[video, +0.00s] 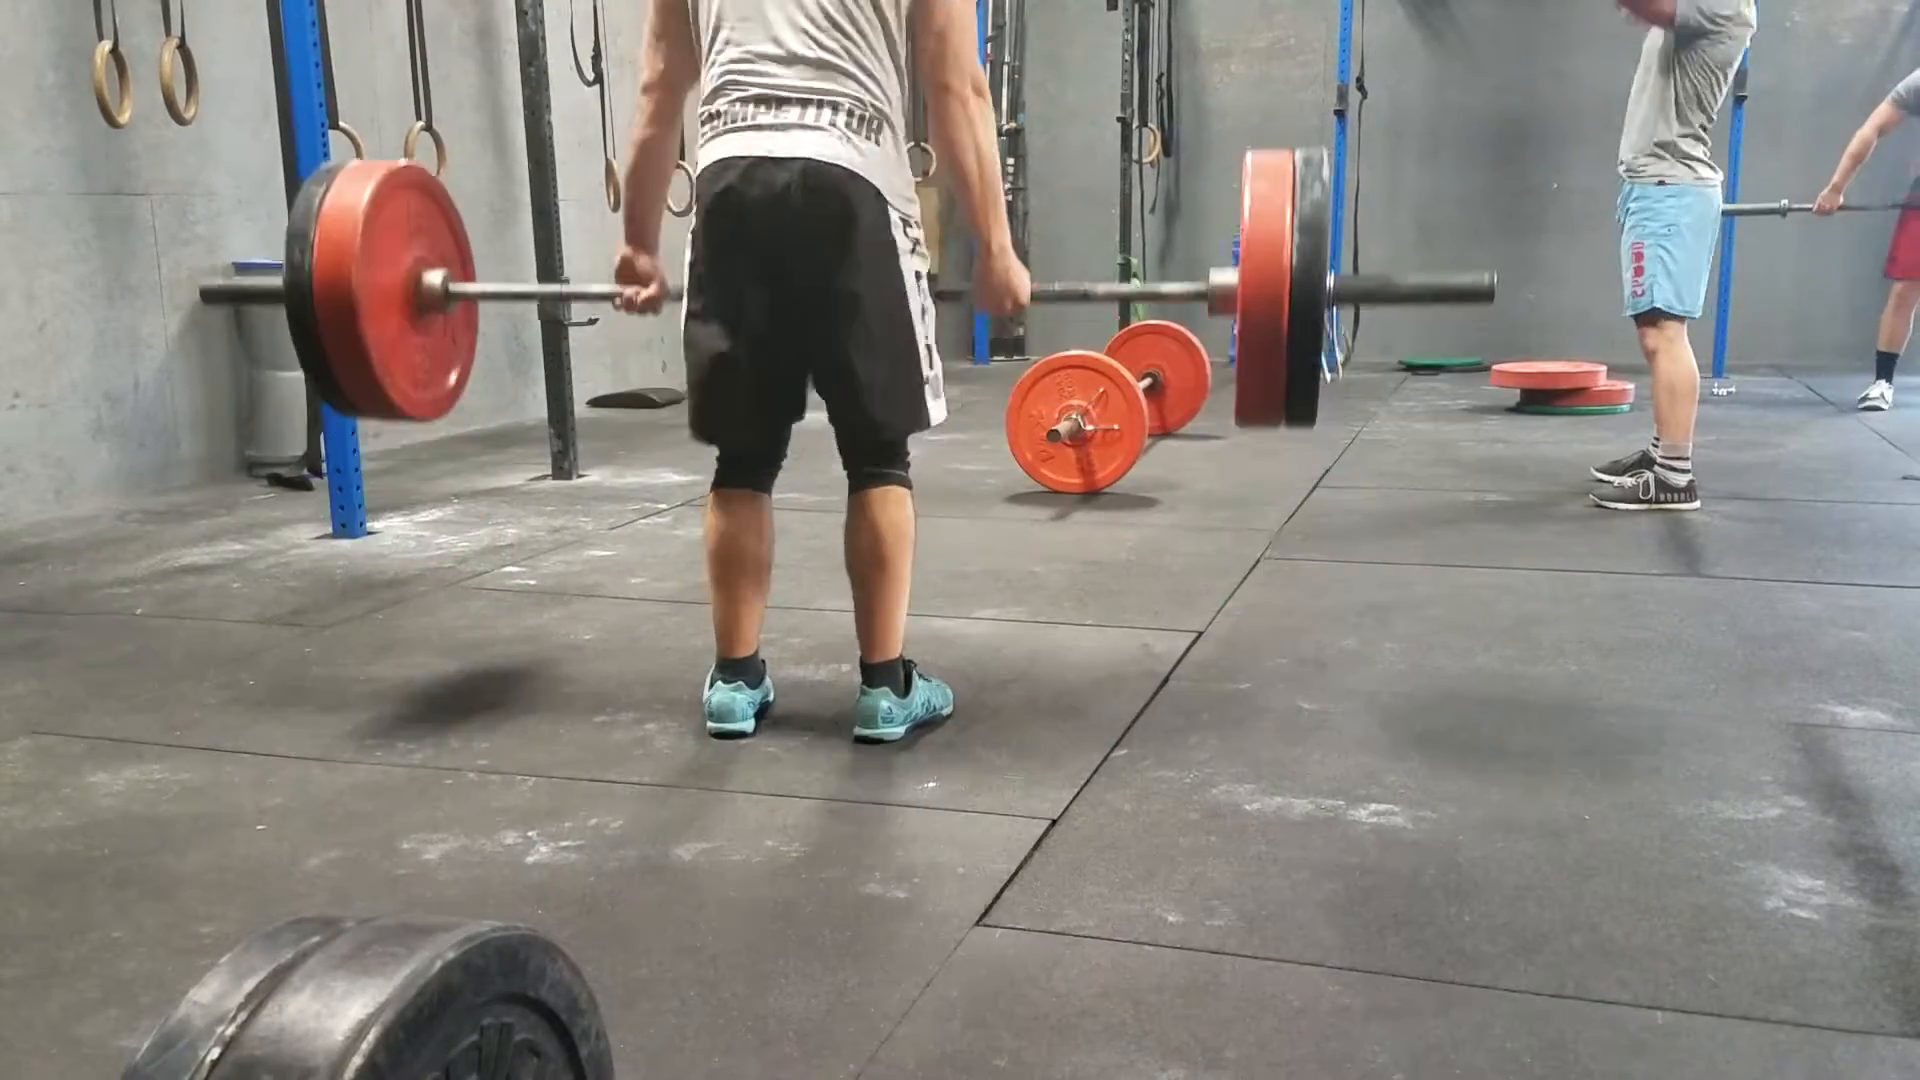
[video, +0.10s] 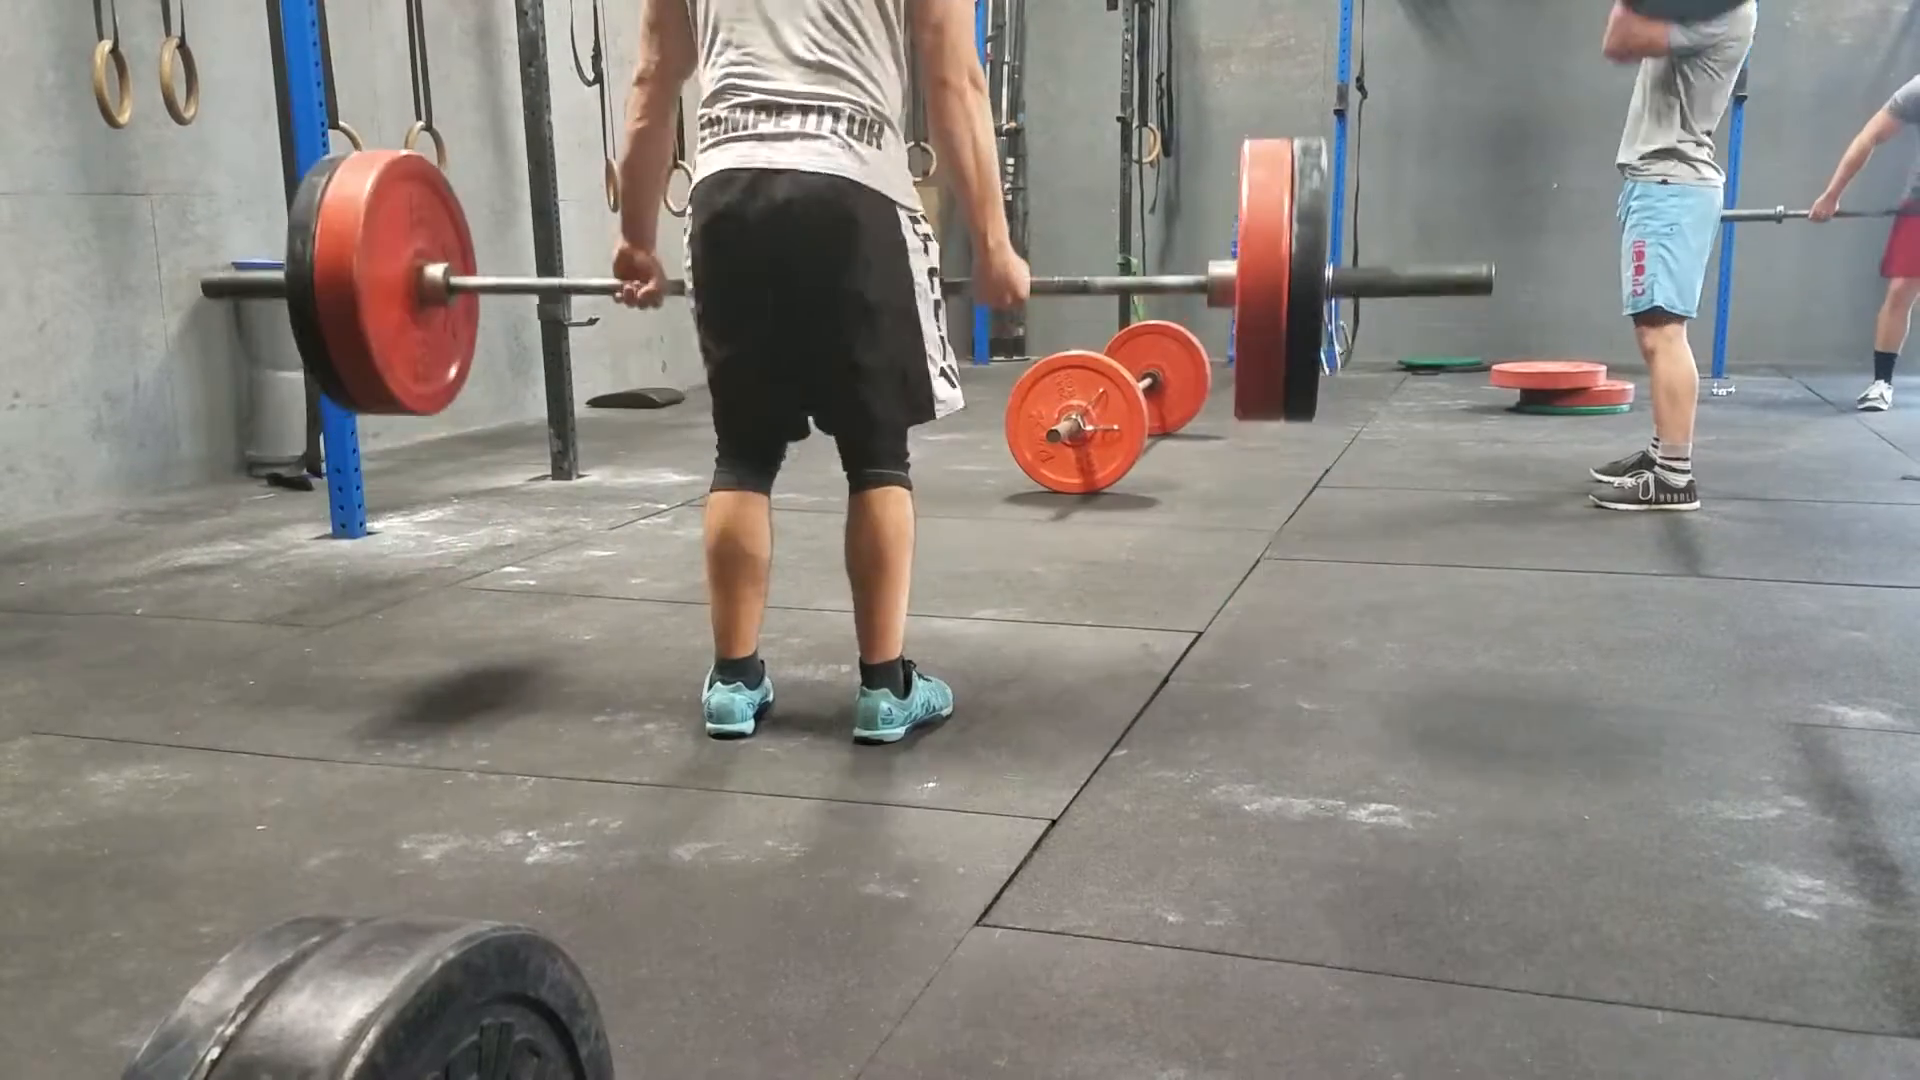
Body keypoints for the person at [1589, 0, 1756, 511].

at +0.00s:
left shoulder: (1721, 8)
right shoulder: (1717, 9)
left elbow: (1644, 7)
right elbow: (1644, 9)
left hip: (1671, 189)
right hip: (1660, 187)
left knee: (1664, 337)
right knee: (1660, 336)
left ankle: (1675, 473)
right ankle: (1664, 458)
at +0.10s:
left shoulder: (1727, 11)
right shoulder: (1711, 10)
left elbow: (1619, 41)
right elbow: (1620, 41)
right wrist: (1633, 2)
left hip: (1674, 186)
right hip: (1660, 183)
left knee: (1663, 335)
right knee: (1658, 335)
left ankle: (1675, 474)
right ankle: (1664, 459)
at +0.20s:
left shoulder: (1705, 29)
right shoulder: (1691, 26)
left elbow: (1623, 79)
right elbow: (1624, 78)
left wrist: (1649, 13)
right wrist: (1650, 16)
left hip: (1672, 191)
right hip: (1665, 188)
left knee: (1661, 333)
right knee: (1656, 332)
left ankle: (1674, 475)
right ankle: (1664, 457)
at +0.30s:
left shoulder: (1714, 21)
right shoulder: (1700, 19)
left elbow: (1628, 64)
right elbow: (1632, 60)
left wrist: (1641, 8)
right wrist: (1636, 13)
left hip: (1667, 186)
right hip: (1665, 185)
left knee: (1659, 332)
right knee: (1658, 331)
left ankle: (1675, 474)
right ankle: (1664, 459)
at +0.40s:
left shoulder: (1727, 11)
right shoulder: (1699, 10)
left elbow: (1642, 21)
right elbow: (1627, 32)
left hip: (1661, 190)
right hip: (1643, 188)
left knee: (1659, 332)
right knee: (1652, 332)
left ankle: (1675, 473)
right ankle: (1663, 458)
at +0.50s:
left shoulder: (1728, 16)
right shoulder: (1685, 22)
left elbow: (1674, 3)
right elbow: (1646, 11)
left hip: (1651, 193)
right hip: (1629, 191)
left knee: (1649, 332)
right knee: (1645, 333)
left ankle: (1674, 471)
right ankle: (1662, 457)